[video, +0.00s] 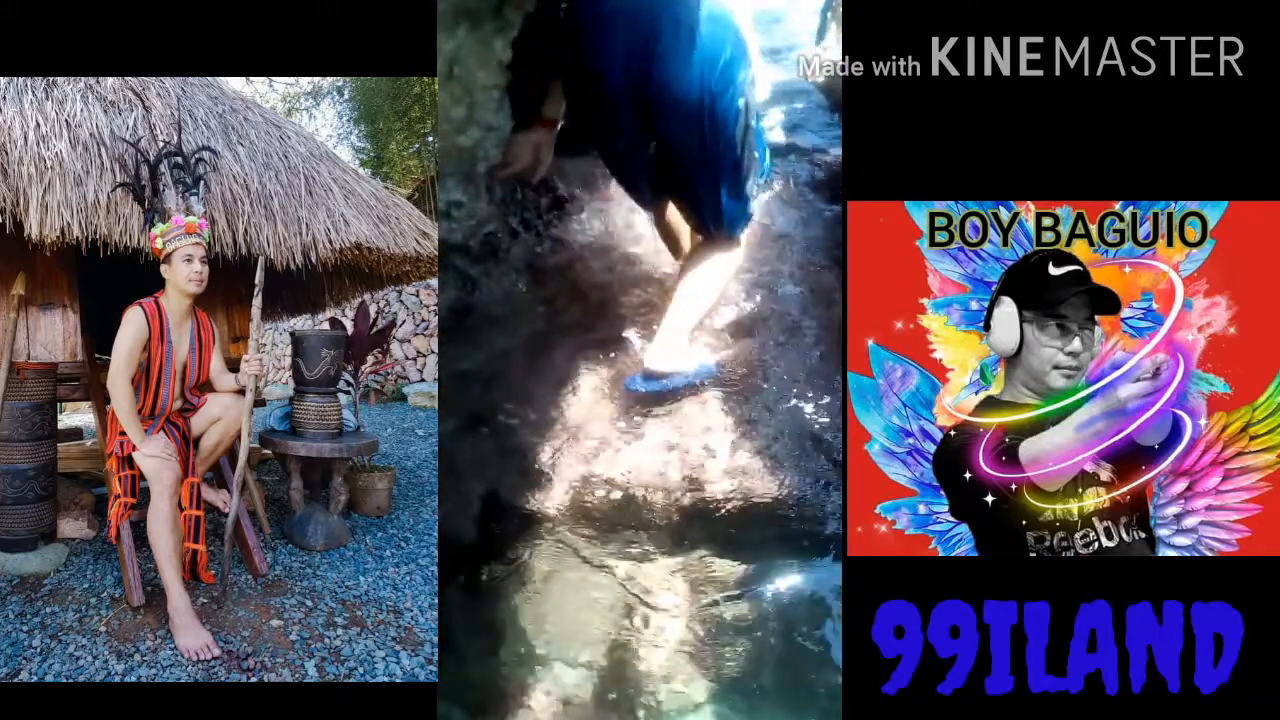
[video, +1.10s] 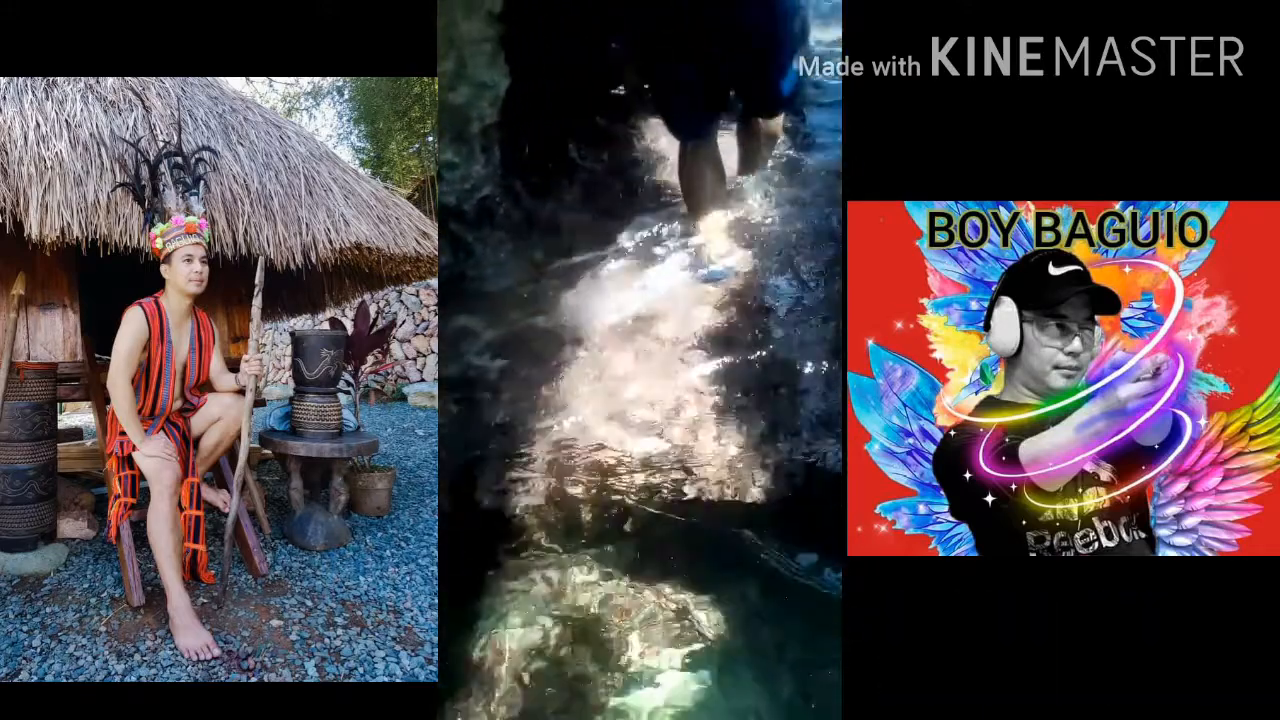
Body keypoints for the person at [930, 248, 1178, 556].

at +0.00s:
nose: (1076, 346)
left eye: (1086, 328)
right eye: (1055, 327)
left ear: (1097, 334)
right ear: (1007, 328)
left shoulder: (1113, 408)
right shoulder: (962, 446)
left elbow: (1155, 435)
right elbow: (1022, 472)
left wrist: (1149, 396)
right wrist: (1106, 412)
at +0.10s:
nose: (1076, 346)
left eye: (1086, 328)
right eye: (1055, 327)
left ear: (1097, 334)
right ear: (1007, 328)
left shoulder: (1113, 408)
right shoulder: (962, 446)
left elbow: (1155, 435)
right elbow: (1022, 472)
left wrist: (1149, 396)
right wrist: (1106, 412)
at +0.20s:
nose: (1076, 346)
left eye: (1086, 328)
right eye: (1055, 326)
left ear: (1097, 335)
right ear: (1007, 328)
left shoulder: (1113, 408)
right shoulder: (962, 446)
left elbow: (1156, 435)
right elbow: (1022, 471)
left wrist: (1147, 395)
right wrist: (1105, 413)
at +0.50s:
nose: (1076, 346)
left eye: (1086, 328)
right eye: (1055, 326)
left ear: (1097, 335)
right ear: (1007, 328)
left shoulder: (1113, 408)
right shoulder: (962, 446)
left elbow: (1156, 436)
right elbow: (1022, 471)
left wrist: (1147, 395)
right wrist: (1105, 413)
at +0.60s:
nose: (1076, 346)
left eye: (1086, 328)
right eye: (1055, 327)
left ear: (1096, 334)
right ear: (1007, 327)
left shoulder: (1114, 408)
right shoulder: (962, 446)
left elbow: (1155, 435)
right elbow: (1022, 471)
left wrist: (1149, 397)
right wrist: (1106, 411)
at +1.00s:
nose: (1076, 346)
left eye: (1086, 328)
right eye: (1055, 327)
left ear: (1097, 334)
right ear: (1007, 327)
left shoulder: (1113, 409)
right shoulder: (963, 446)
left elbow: (1155, 435)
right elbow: (1023, 472)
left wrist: (1148, 396)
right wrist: (1106, 412)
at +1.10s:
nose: (1076, 346)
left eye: (1086, 328)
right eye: (1055, 326)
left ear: (1097, 335)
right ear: (1007, 328)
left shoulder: (1113, 408)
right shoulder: (962, 446)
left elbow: (1156, 435)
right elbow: (1022, 471)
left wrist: (1147, 395)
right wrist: (1105, 413)